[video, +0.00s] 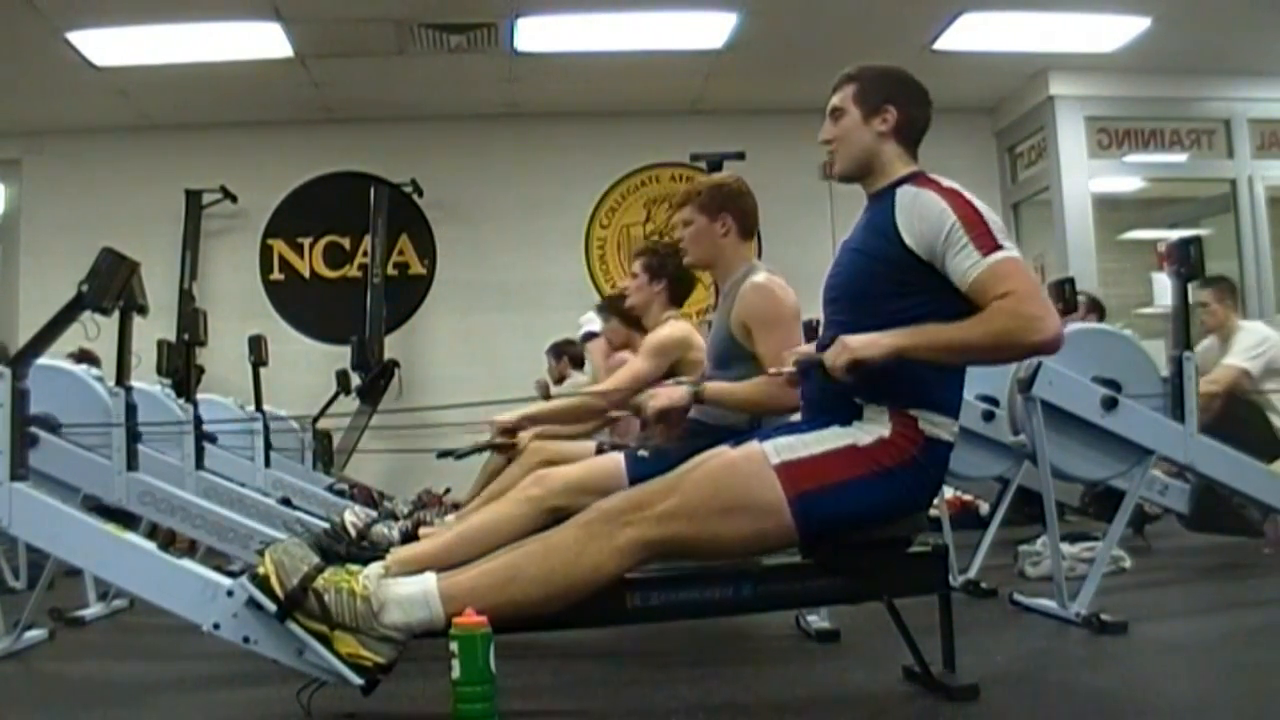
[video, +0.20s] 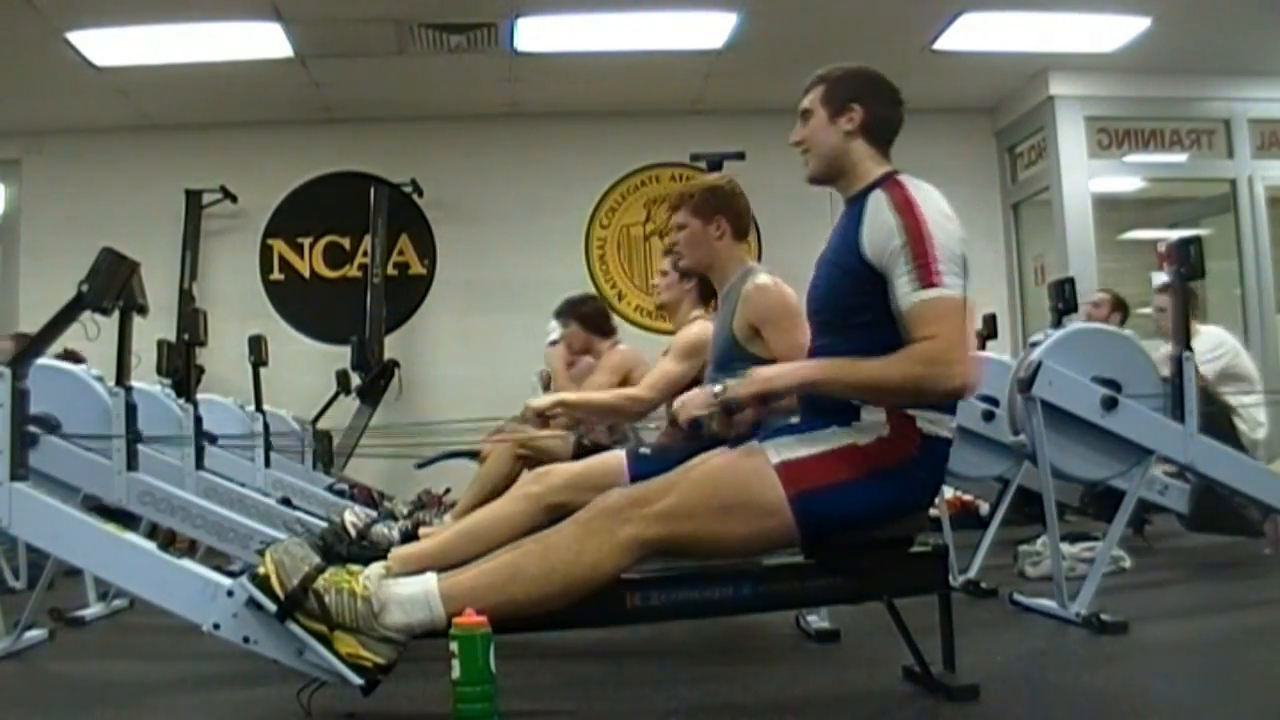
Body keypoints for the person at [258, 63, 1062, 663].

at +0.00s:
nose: (822, 135)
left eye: (834, 118)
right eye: (825, 120)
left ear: (883, 122)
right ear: (872, 126)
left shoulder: (926, 196)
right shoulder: (880, 222)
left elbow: (1032, 321)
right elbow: (823, 374)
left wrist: (880, 344)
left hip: (889, 443)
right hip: (847, 432)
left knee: (644, 521)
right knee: (628, 510)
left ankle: (399, 609)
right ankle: (399, 600)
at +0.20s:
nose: (796, 136)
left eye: (808, 118)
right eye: (798, 122)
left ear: (853, 120)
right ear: (851, 127)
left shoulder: (902, 205)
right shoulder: (857, 221)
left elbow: (949, 366)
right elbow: (845, 369)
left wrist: (791, 377)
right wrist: (739, 397)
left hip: (885, 442)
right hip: (839, 434)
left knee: (638, 517)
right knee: (606, 501)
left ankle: (398, 611)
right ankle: (394, 597)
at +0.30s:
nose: (770, 137)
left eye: (781, 120)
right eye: (772, 123)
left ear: (828, 122)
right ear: (828, 128)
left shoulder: (879, 204)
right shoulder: (836, 222)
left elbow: (873, 378)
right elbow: (827, 377)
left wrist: (714, 396)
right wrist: (704, 395)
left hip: (880, 444)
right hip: (840, 438)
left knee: (627, 506)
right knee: (604, 497)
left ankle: (397, 608)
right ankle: (392, 601)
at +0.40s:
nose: (736, 145)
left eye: (747, 126)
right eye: (738, 130)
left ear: (793, 125)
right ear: (790, 130)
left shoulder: (843, 204)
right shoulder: (805, 221)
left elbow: (797, 373)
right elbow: (765, 369)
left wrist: (638, 407)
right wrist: (644, 399)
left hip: (871, 444)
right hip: (823, 437)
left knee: (618, 484)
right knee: (601, 469)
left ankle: (398, 613)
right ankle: (389, 589)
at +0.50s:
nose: (692, 145)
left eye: (703, 126)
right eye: (694, 130)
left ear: (748, 127)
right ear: (748, 131)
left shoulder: (800, 208)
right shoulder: (761, 228)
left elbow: (717, 365)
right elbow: (702, 366)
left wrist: (568, 419)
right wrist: (564, 416)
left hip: (856, 448)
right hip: (808, 442)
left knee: (591, 458)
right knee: (573, 459)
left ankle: (398, 614)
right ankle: (386, 588)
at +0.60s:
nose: (637, 157)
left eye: (648, 138)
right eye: (641, 142)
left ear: (694, 138)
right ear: (697, 142)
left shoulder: (750, 215)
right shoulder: (713, 233)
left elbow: (638, 369)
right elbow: (649, 377)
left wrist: (488, 437)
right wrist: (499, 440)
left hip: (827, 449)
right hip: (774, 445)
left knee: (571, 442)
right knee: (552, 458)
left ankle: (395, 609)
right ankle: (385, 588)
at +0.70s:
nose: (582, 163)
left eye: (593, 143)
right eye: (586, 146)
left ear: (637, 147)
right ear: (639, 149)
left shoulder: (696, 224)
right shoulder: (673, 231)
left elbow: (563, 373)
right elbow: (584, 379)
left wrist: (428, 443)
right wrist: (456, 452)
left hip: (788, 455)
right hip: (748, 448)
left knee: (551, 408)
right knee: (536, 428)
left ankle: (391, 604)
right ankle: (388, 597)